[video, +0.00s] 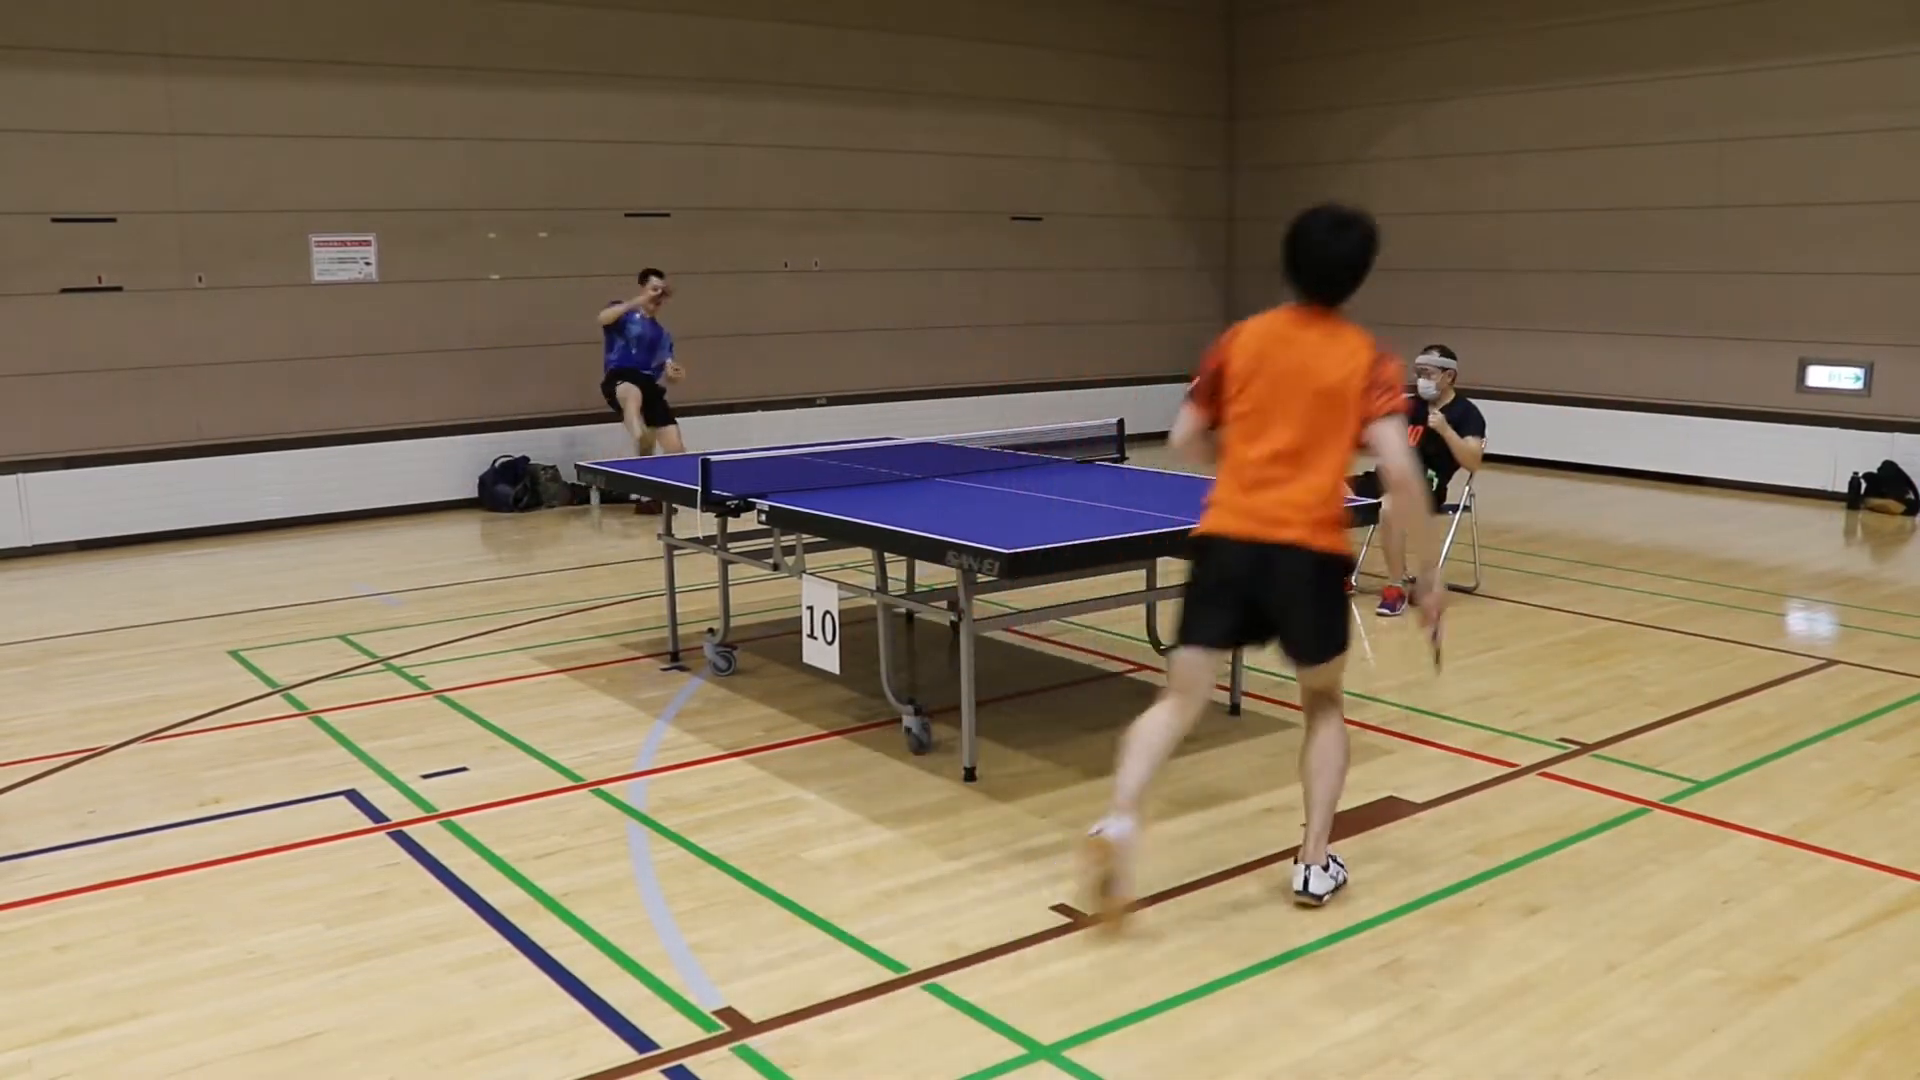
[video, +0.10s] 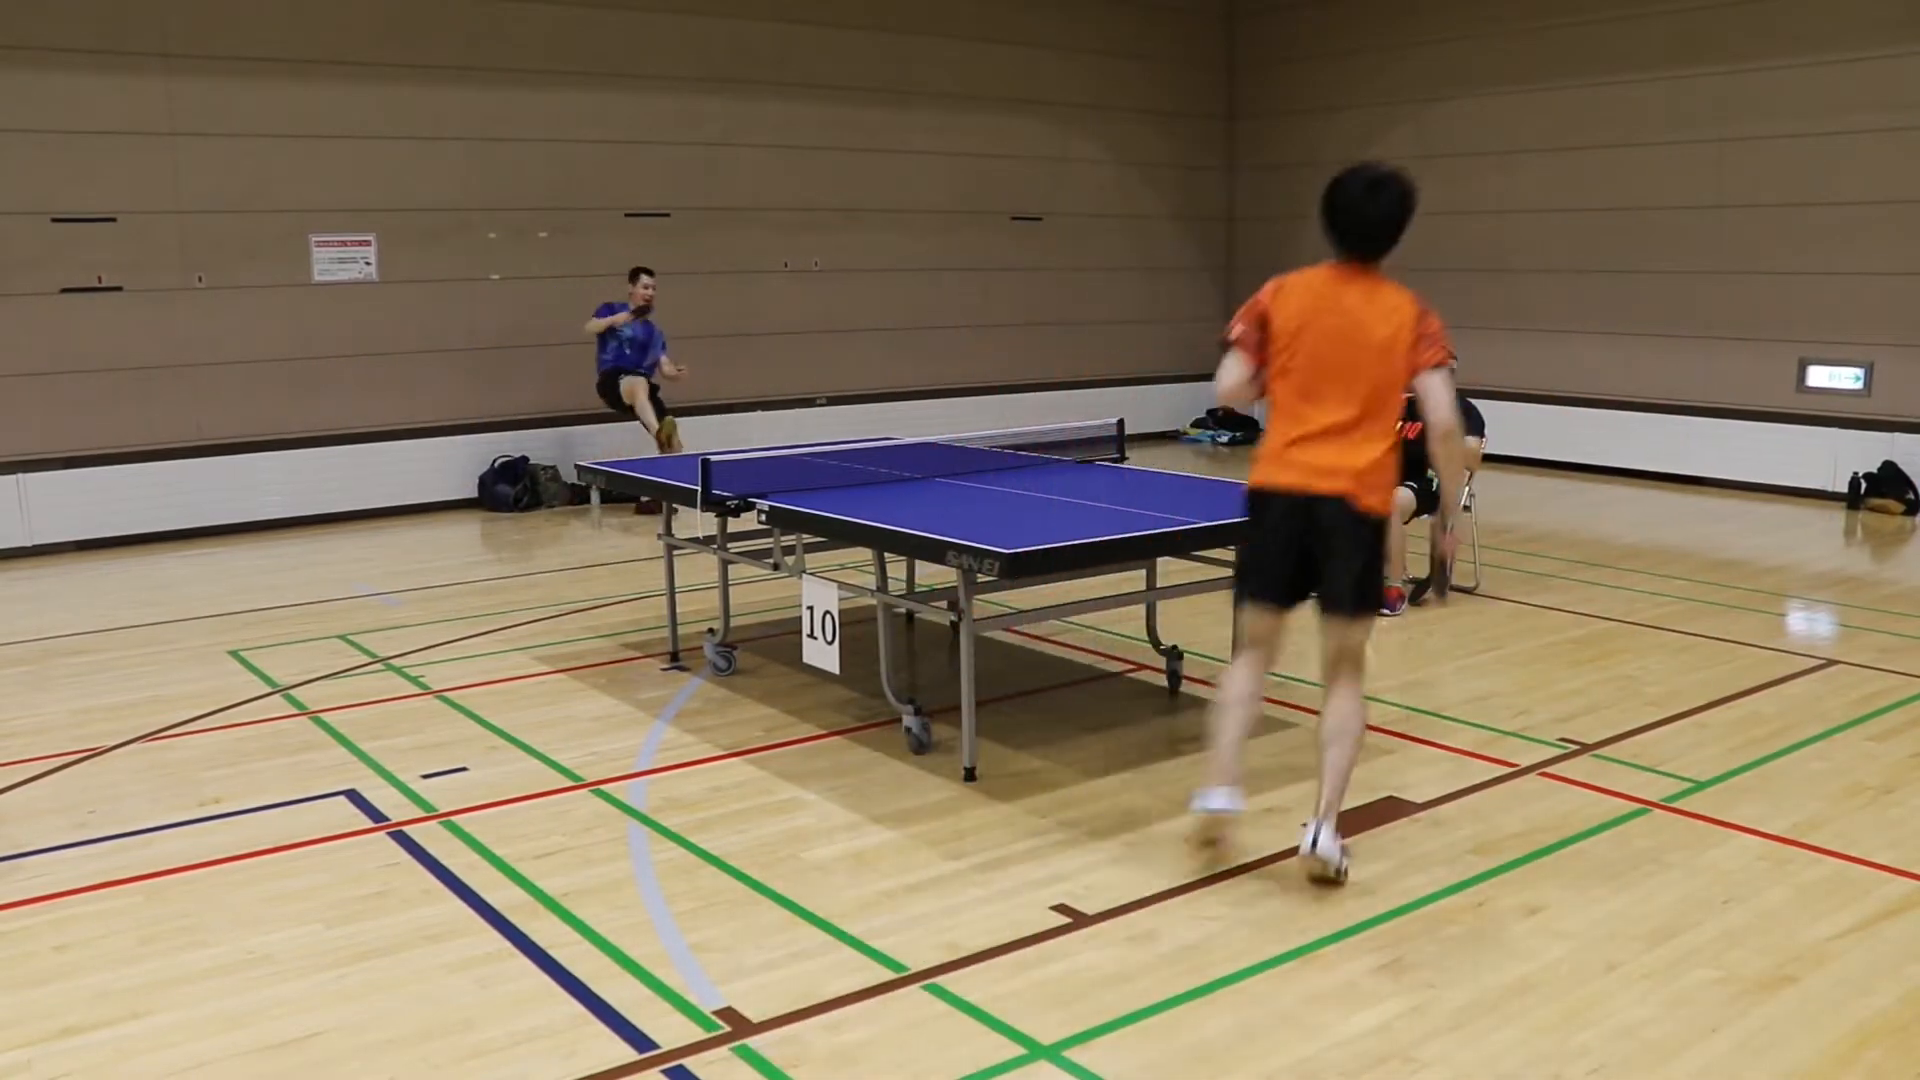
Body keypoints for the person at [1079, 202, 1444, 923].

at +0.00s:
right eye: (1361, 266)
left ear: (1289, 266)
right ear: (1358, 276)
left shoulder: (1241, 339)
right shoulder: (1368, 360)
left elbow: (1187, 443)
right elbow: (1401, 476)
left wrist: (1251, 458)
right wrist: (1422, 578)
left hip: (1224, 551)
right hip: (1307, 561)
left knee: (1181, 695)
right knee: (1322, 706)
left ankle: (1119, 818)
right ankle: (1314, 862)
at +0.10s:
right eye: (1396, 227)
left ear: (1329, 224)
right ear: (1397, 236)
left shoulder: (1280, 295)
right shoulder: (1410, 315)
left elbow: (1231, 389)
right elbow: (1443, 427)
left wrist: (1274, 402)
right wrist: (1451, 514)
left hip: (1275, 503)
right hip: (1356, 512)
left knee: (1253, 649)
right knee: (1345, 667)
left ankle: (1222, 783)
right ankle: (1324, 824)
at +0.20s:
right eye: (1422, 203)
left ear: (1357, 204)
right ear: (1425, 212)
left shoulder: (1314, 277)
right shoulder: (1442, 290)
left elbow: (1268, 370)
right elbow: (1478, 395)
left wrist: (1320, 365)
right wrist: (1465, 473)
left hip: (1321, 475)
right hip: (1397, 480)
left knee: (1315, 625)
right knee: (1371, 635)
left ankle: (1306, 774)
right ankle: (1344, 781)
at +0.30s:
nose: (1455, 237)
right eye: (1456, 228)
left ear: (1385, 228)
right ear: (1450, 235)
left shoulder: (1345, 298)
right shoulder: (1469, 310)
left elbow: (1300, 395)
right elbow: (1505, 416)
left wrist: (1350, 372)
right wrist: (1486, 485)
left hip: (1358, 492)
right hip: (1430, 493)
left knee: (1366, 628)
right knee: (1406, 636)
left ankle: (1372, 756)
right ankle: (1373, 745)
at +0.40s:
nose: (1488, 276)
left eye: (1487, 268)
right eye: (1490, 267)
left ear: (1427, 258)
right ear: (1480, 265)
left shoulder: (1380, 324)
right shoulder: (1494, 330)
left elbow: (1343, 421)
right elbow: (1517, 436)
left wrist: (1389, 398)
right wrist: (1515, 504)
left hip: (1391, 512)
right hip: (1460, 516)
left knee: (1393, 629)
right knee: (1459, 633)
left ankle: (1369, 762)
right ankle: (1412, 725)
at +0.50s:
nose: (1538, 274)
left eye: (1541, 265)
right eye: (1540, 264)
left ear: (1482, 244)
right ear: (1529, 254)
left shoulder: (1423, 298)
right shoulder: (1530, 307)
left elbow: (1392, 385)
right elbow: (1540, 402)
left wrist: (1449, 376)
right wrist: (1547, 470)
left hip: (1426, 482)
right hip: (1493, 485)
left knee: (1412, 605)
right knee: (1496, 600)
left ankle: (1376, 738)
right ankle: (1448, 726)